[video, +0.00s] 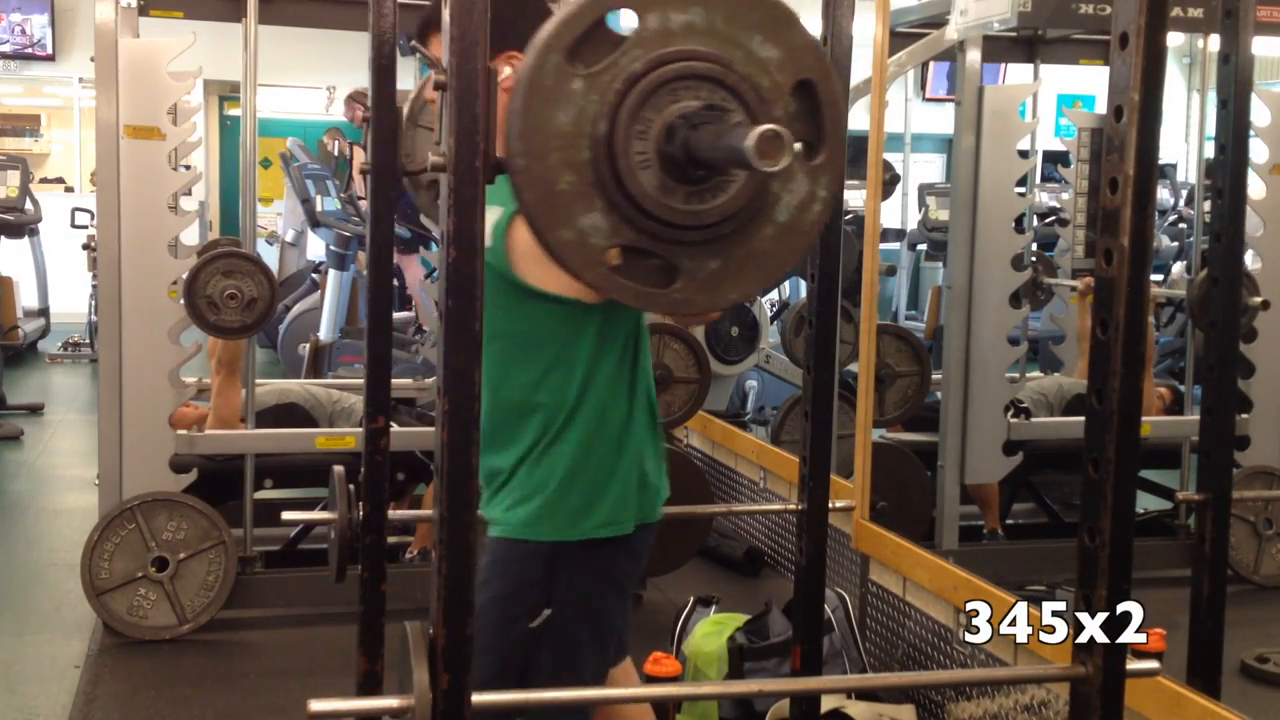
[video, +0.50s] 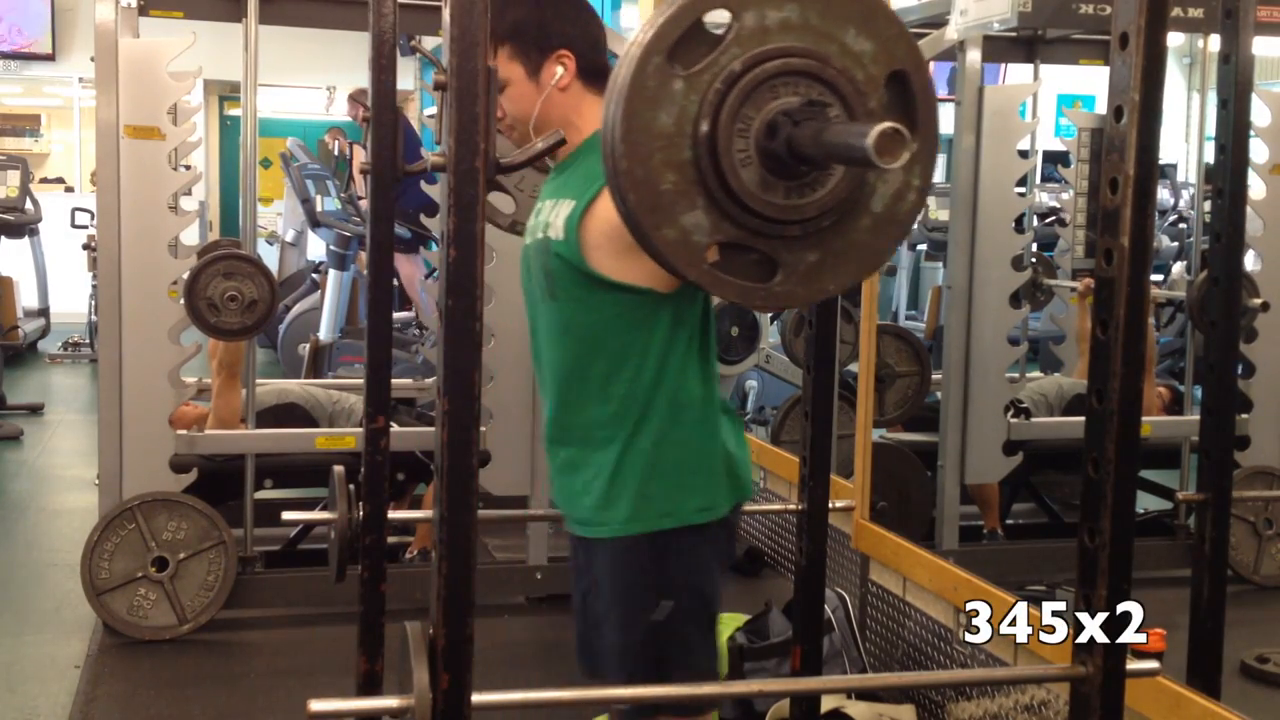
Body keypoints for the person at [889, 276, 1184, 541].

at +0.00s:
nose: (1155, 393)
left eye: (1161, 398)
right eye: (1157, 390)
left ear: (1160, 413)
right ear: (1146, 385)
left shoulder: (1131, 416)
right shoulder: (1099, 390)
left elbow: (1144, 360)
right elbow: (1086, 345)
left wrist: (1144, 309)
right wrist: (1083, 299)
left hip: (1025, 410)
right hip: (1007, 395)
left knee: (978, 449)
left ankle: (992, 531)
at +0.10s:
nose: (1154, 394)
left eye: (1161, 398)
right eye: (1157, 391)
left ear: (1159, 414)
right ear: (1146, 386)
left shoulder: (1127, 415)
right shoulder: (1098, 389)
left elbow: (1144, 359)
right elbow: (1086, 343)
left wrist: (1144, 308)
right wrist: (1083, 298)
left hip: (1022, 412)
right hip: (1006, 396)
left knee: (978, 449)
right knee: (905, 415)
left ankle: (992, 531)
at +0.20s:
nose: (1155, 394)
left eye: (1161, 398)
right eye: (1158, 390)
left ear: (1158, 413)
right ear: (1146, 385)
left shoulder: (1130, 414)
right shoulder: (1099, 388)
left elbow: (1144, 361)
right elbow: (1087, 344)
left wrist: (1144, 308)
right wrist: (1083, 299)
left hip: (1026, 410)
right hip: (1009, 394)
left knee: (978, 450)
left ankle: (992, 531)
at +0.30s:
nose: (1153, 392)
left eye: (1160, 396)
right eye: (1156, 389)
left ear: (1160, 412)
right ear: (1145, 386)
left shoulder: (1131, 415)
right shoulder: (1098, 390)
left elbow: (1144, 362)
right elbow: (1086, 344)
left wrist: (1145, 310)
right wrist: (1083, 299)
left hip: (1023, 412)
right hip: (1008, 397)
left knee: (977, 448)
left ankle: (992, 531)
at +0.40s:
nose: (1153, 392)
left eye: (1160, 396)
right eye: (1157, 390)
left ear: (1160, 413)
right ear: (1145, 386)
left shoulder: (1130, 416)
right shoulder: (1098, 392)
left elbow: (1144, 363)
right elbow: (1086, 346)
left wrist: (1144, 311)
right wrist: (1083, 299)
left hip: (1023, 411)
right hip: (1007, 397)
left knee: (978, 449)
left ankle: (992, 531)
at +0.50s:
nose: (1154, 393)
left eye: (1161, 397)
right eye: (1158, 391)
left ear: (1160, 412)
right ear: (1146, 386)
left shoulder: (1132, 415)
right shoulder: (1100, 391)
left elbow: (1144, 364)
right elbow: (1086, 345)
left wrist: (1144, 311)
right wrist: (1084, 300)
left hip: (1025, 412)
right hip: (1009, 399)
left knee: (978, 449)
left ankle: (992, 531)